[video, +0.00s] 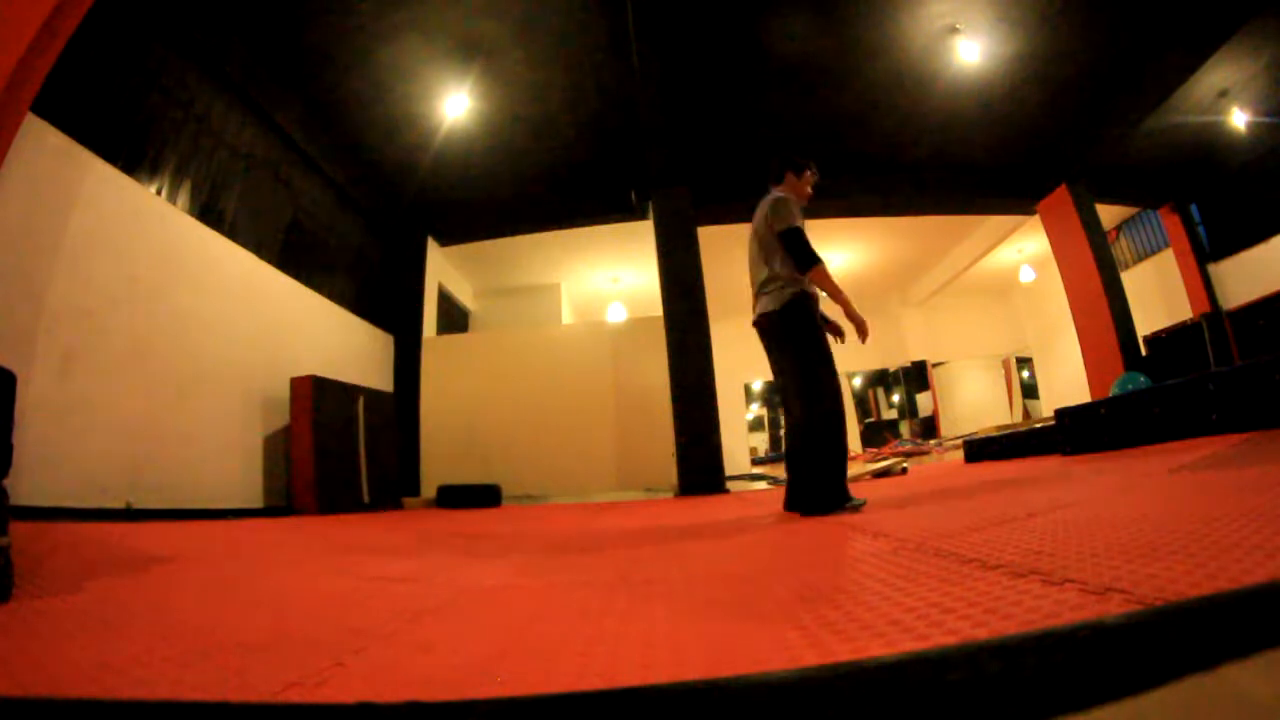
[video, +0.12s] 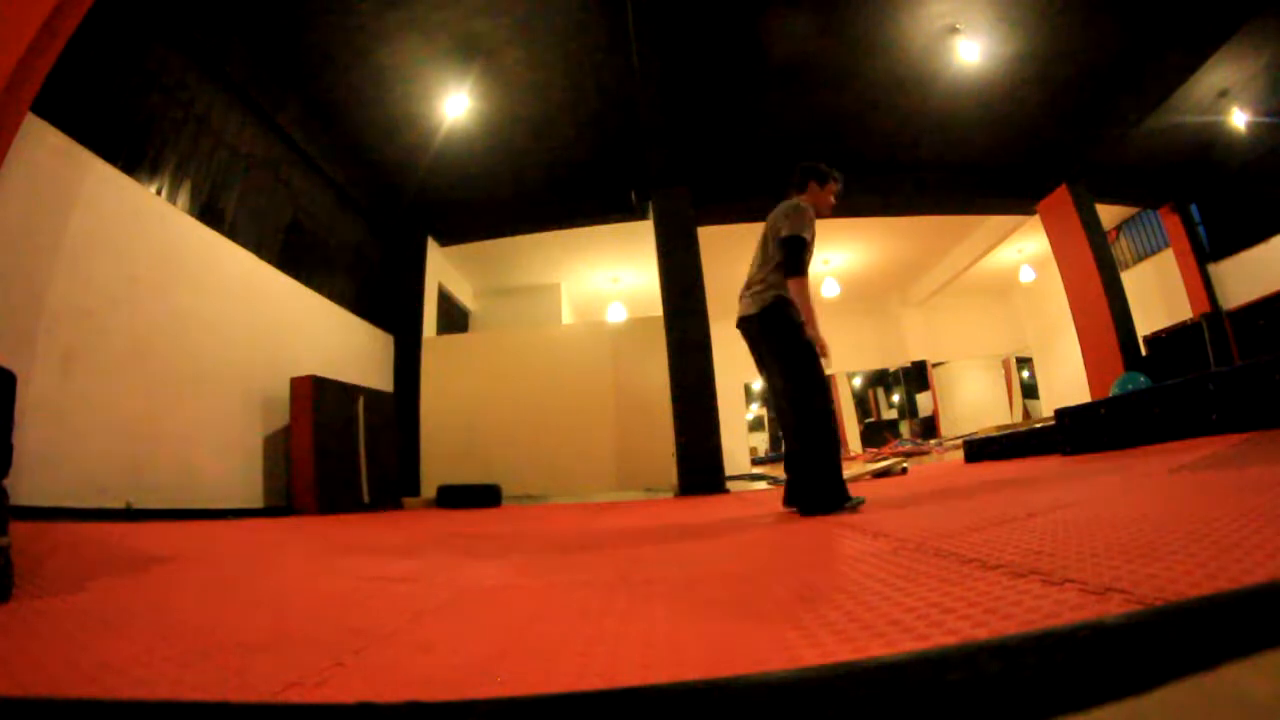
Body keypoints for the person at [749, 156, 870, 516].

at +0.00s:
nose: (811, 188)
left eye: (812, 181)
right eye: (808, 179)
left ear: (784, 178)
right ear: (790, 175)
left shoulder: (769, 209)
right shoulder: (781, 204)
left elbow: (786, 279)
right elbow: (807, 263)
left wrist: (821, 318)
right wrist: (850, 310)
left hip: (776, 315)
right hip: (790, 312)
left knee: (801, 404)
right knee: (823, 400)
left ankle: (803, 493)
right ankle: (826, 493)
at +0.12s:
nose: (834, 203)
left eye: (835, 195)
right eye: (832, 194)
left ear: (811, 189)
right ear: (813, 187)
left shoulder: (785, 214)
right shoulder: (797, 211)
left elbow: (786, 279)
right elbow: (795, 275)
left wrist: (804, 328)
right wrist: (812, 328)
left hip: (757, 316)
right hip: (773, 312)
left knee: (793, 403)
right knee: (812, 399)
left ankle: (800, 489)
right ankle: (823, 493)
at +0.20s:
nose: (856, 228)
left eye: (858, 220)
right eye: (854, 218)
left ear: (836, 215)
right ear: (837, 212)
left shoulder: (812, 239)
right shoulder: (806, 231)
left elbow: (765, 282)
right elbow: (757, 275)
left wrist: (729, 315)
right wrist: (720, 312)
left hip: (766, 325)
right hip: (762, 323)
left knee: (792, 407)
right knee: (802, 404)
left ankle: (807, 493)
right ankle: (823, 495)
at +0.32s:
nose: (873, 291)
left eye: (874, 284)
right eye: (871, 282)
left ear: (850, 276)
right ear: (855, 276)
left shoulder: (817, 292)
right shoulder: (815, 273)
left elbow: (771, 272)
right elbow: (757, 239)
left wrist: (743, 258)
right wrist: (717, 211)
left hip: (753, 347)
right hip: (747, 344)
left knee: (789, 411)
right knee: (812, 393)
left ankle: (810, 491)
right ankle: (815, 493)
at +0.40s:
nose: (874, 319)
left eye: (876, 310)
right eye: (873, 309)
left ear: (854, 303)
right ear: (856, 301)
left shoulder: (821, 318)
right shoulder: (816, 300)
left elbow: (772, 291)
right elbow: (765, 261)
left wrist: (744, 273)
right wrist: (726, 224)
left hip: (764, 371)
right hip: (744, 371)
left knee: (822, 398)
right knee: (821, 399)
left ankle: (815, 493)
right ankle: (816, 495)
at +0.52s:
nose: (863, 306)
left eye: (862, 298)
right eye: (859, 297)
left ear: (842, 297)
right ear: (843, 297)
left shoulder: (815, 332)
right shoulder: (809, 318)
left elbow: (767, 369)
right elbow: (752, 345)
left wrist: (729, 403)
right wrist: (697, 367)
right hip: (760, 398)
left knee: (837, 414)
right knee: (840, 410)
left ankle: (814, 496)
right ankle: (822, 497)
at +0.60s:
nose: (807, 269)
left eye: (803, 263)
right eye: (800, 264)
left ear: (780, 273)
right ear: (787, 270)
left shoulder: (774, 304)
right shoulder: (780, 302)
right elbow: (803, 365)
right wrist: (845, 414)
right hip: (765, 401)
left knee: (835, 432)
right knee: (842, 432)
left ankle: (814, 494)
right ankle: (824, 496)